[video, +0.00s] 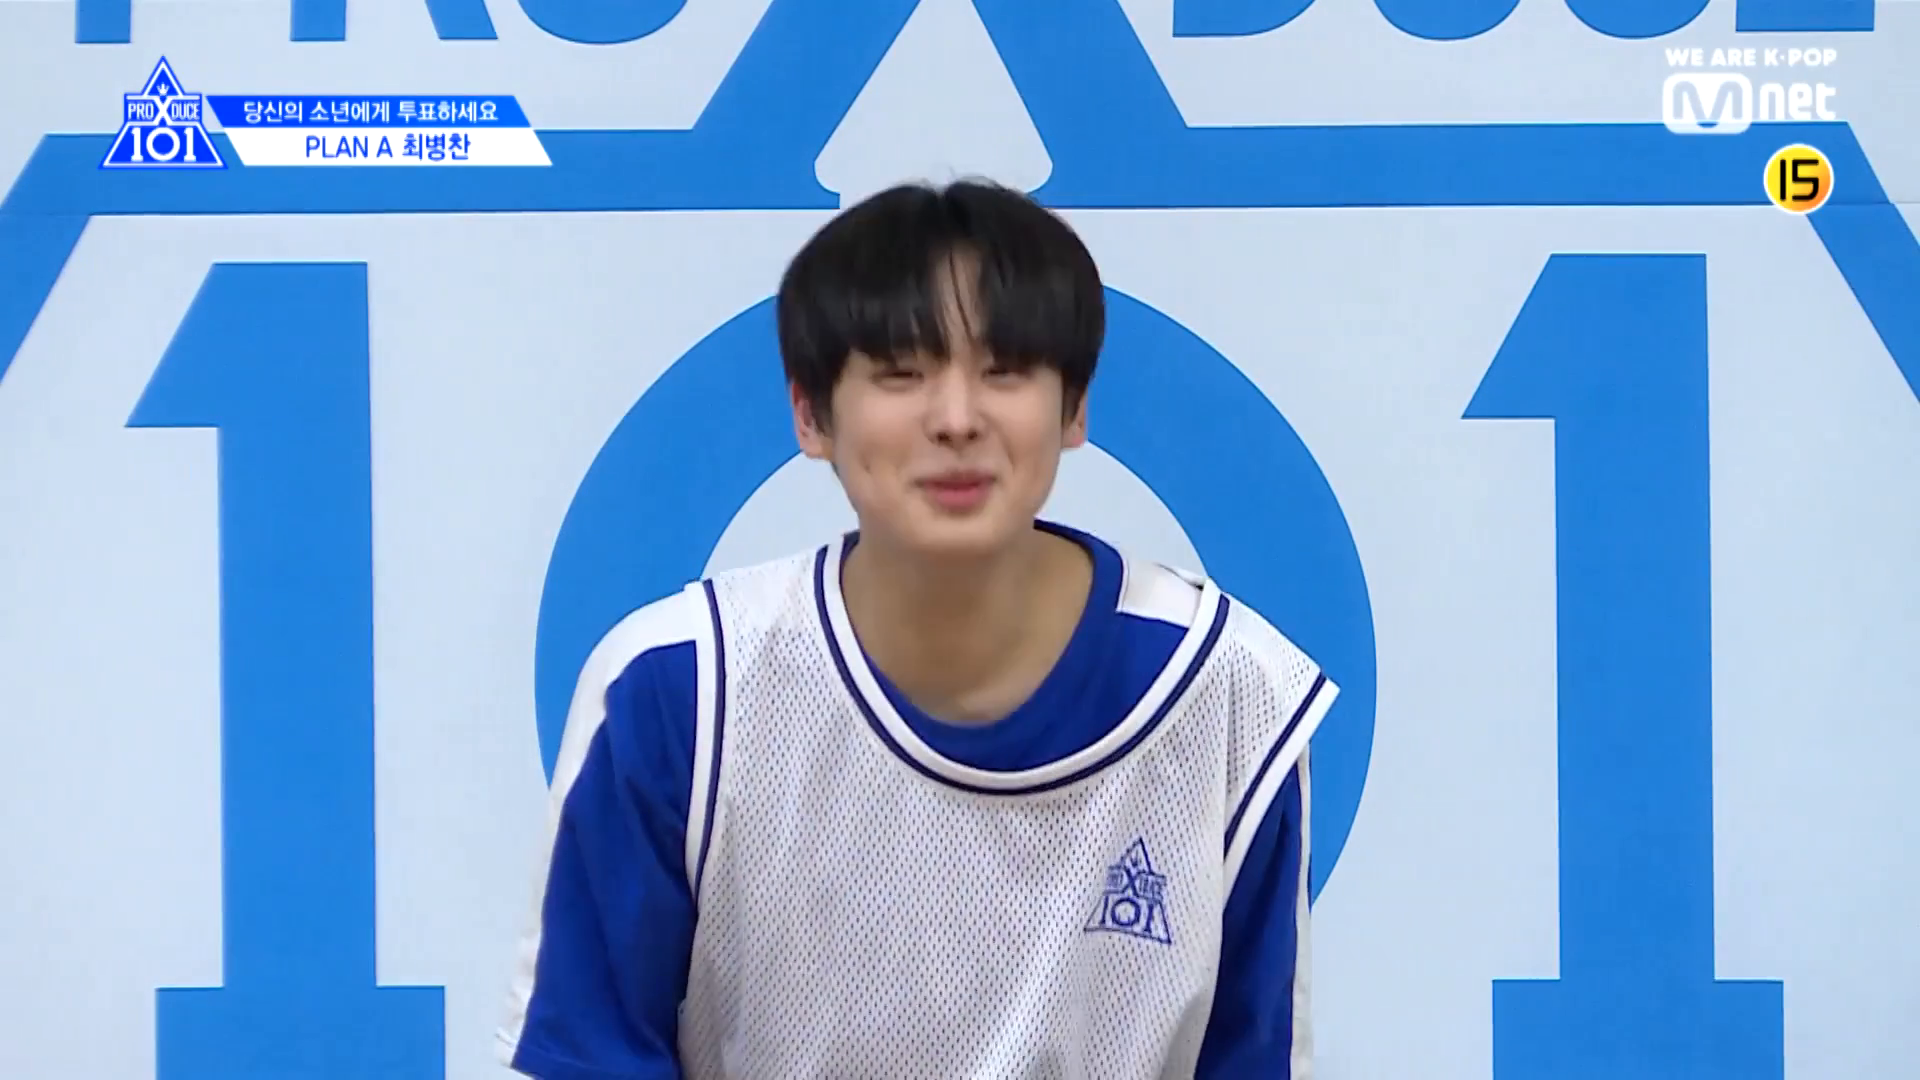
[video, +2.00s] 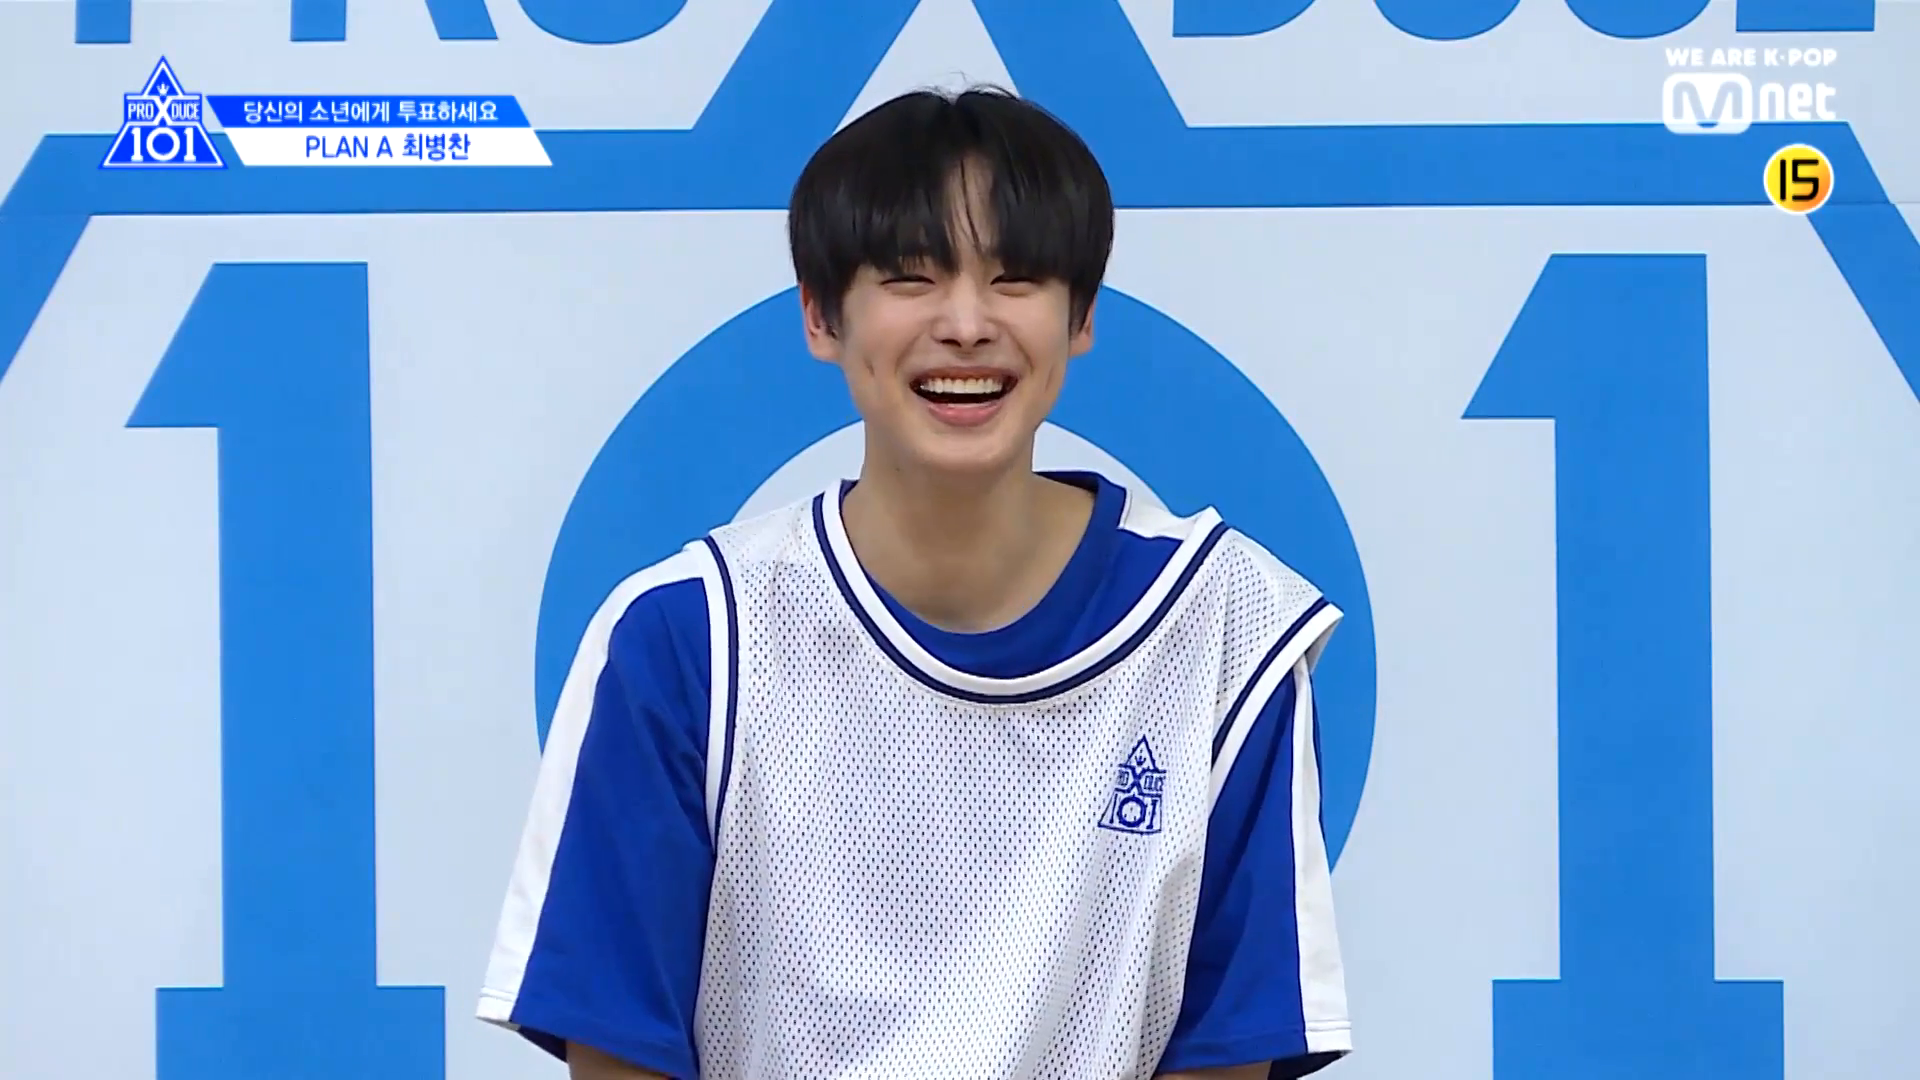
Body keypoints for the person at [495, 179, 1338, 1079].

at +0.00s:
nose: (958, 418)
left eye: (1004, 368)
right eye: (903, 370)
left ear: (1067, 410)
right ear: (816, 416)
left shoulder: (1239, 706)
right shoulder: (673, 694)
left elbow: (1247, 1060)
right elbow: (589, 1052)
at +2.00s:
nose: (966, 322)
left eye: (1016, 276)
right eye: (911, 274)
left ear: (1078, 321)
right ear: (824, 320)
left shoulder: (1230, 633)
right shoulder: (680, 640)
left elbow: (1233, 1053)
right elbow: (617, 1052)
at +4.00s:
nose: (968, 356)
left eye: (1019, 302)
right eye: (914, 302)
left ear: (1081, 338)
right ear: (828, 338)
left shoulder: (1230, 643)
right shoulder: (680, 646)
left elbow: (1252, 1052)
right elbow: (620, 1049)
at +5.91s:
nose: (986, 308)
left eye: (1035, 266)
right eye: (931, 264)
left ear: (1096, 319)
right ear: (844, 313)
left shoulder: (1251, 646)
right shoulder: (694, 632)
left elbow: (1272, 1054)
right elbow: (627, 1038)